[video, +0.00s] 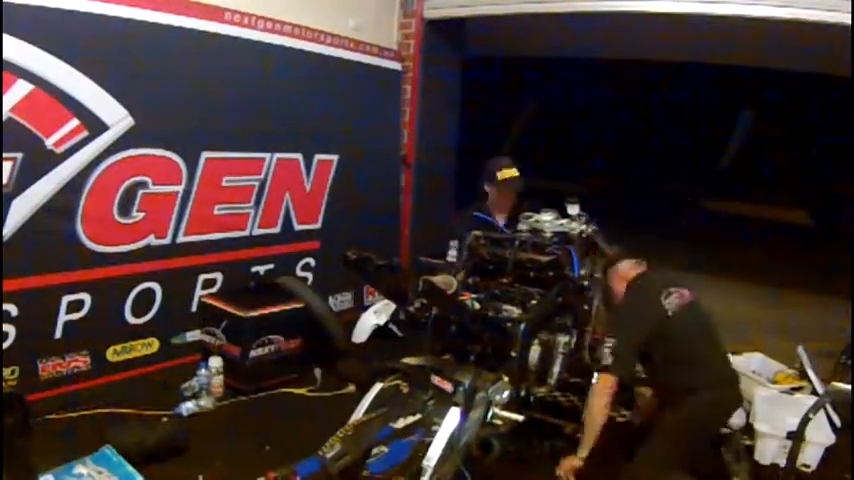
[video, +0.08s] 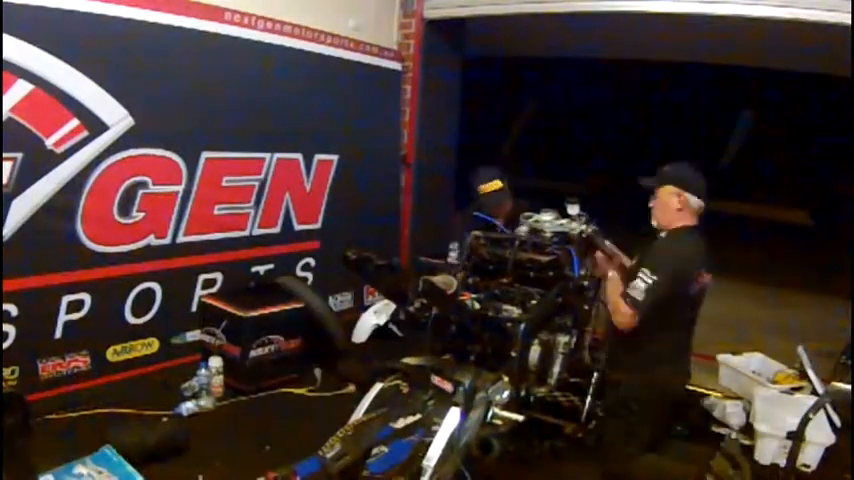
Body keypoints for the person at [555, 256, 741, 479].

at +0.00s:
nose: (614, 298)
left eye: (612, 290)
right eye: (612, 291)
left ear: (621, 280)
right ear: (643, 270)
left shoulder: (631, 306)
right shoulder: (671, 284)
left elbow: (605, 385)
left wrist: (581, 454)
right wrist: (651, 403)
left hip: (694, 402)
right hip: (723, 392)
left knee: (648, 465)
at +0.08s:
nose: (651, 205)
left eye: (657, 197)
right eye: (653, 197)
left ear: (678, 202)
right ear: (682, 203)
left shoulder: (668, 250)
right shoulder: (694, 247)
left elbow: (624, 318)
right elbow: (662, 302)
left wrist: (610, 276)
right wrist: (624, 269)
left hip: (640, 384)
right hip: (665, 380)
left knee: (615, 464)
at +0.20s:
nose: (629, 244)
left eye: (632, 240)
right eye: (627, 238)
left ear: (650, 246)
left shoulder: (655, 285)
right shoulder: (694, 247)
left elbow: (609, 329)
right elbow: (652, 259)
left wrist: (595, 271)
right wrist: (623, 247)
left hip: (641, 386)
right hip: (673, 374)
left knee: (616, 457)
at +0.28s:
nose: (642, 271)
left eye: (640, 264)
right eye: (640, 266)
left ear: (646, 256)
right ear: (671, 250)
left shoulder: (667, 272)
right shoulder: (691, 273)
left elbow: (626, 314)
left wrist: (608, 272)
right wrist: (611, 269)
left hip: (700, 403)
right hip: (729, 400)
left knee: (660, 468)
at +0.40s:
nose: (666, 209)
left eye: (672, 203)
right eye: (669, 202)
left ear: (689, 213)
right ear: (696, 214)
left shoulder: (680, 264)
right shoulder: (716, 252)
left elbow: (632, 310)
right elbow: (659, 257)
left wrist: (605, 265)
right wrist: (614, 235)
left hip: (681, 393)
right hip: (708, 386)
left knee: (659, 466)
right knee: (681, 464)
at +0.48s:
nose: (647, 218)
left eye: (653, 208)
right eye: (649, 211)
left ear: (672, 206)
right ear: (683, 210)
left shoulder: (667, 237)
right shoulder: (690, 242)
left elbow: (629, 283)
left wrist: (593, 245)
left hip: (646, 384)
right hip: (669, 382)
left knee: (616, 460)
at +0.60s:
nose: (644, 207)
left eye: (648, 198)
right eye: (645, 199)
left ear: (669, 199)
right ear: (672, 200)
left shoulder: (672, 243)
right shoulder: (684, 239)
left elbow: (645, 311)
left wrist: (616, 262)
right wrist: (621, 257)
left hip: (644, 386)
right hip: (653, 380)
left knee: (619, 463)